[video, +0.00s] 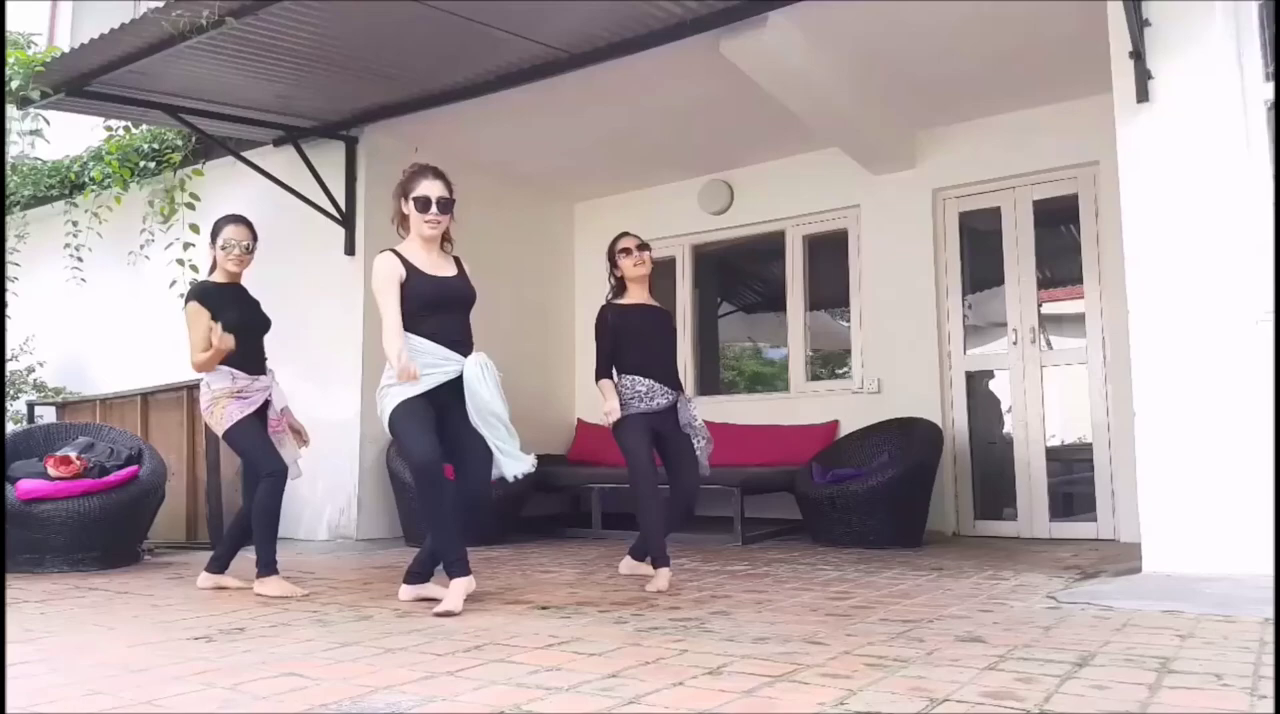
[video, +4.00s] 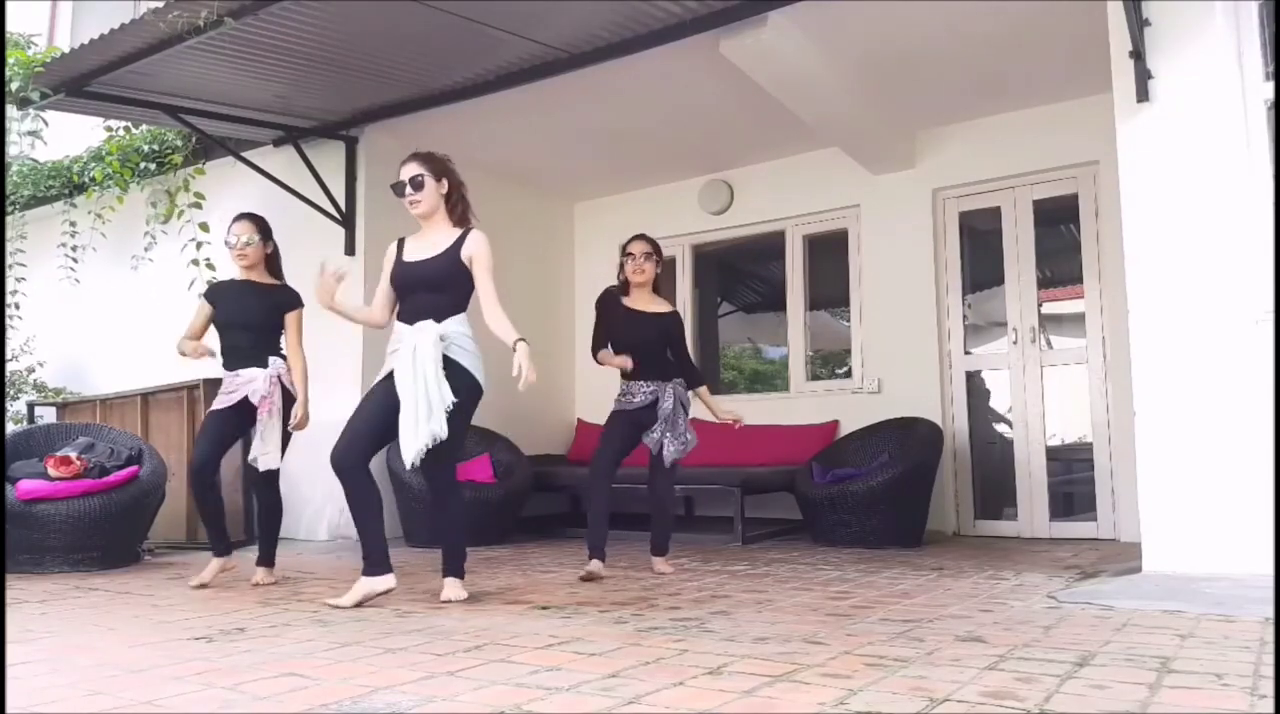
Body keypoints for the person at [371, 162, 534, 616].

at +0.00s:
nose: (434, 211)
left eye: (443, 203)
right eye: (423, 202)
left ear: (452, 209)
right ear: (404, 207)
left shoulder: (454, 262)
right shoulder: (390, 262)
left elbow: (460, 323)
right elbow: (390, 319)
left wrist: (474, 364)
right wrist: (400, 358)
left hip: (461, 380)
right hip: (410, 382)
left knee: (477, 480)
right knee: (425, 462)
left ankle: (416, 574)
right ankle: (460, 574)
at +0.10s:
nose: (435, 205)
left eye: (443, 197)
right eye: (423, 197)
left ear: (452, 204)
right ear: (404, 202)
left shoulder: (455, 255)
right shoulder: (392, 258)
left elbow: (459, 318)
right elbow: (397, 335)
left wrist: (472, 363)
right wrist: (401, 305)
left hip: (461, 373)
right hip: (411, 376)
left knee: (478, 478)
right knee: (433, 457)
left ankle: (418, 572)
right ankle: (455, 574)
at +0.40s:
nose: (434, 183)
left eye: (443, 174)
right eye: (422, 175)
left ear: (452, 181)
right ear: (403, 181)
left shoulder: (448, 233)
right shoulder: (398, 230)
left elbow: (462, 312)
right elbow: (354, 279)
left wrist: (495, 368)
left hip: (460, 346)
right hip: (428, 341)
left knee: (459, 454)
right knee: (459, 451)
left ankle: (421, 571)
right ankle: (429, 571)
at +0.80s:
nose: (426, 186)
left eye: (435, 178)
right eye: (415, 178)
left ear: (448, 185)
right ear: (401, 186)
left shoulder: (463, 241)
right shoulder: (392, 232)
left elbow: (475, 313)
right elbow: (355, 292)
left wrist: (503, 366)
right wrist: (401, 296)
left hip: (462, 356)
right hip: (414, 357)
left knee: (457, 458)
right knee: (461, 446)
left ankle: (416, 572)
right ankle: (435, 573)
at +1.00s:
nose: (425, 209)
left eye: (435, 201)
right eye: (414, 201)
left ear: (447, 209)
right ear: (400, 208)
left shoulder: (462, 261)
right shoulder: (385, 264)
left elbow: (477, 333)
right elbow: (382, 333)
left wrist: (497, 397)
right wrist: (393, 336)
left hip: (465, 378)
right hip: (413, 377)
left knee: (470, 481)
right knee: (411, 463)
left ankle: (424, 575)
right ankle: (415, 578)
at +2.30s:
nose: (421, 205)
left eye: (430, 198)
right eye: (411, 198)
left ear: (444, 206)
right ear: (399, 207)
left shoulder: (467, 264)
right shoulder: (379, 265)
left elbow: (479, 339)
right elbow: (376, 340)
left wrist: (502, 393)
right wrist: (341, 341)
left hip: (458, 382)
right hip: (402, 383)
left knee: (461, 488)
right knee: (349, 457)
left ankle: (423, 576)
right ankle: (381, 577)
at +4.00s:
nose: (408, 193)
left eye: (417, 183)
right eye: (401, 187)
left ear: (443, 185)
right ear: (399, 196)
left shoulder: (470, 240)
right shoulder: (398, 249)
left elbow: (490, 307)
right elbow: (379, 316)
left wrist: (518, 343)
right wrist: (333, 303)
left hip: (454, 364)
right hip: (405, 366)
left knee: (437, 465)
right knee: (346, 457)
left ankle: (453, 575)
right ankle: (376, 570)